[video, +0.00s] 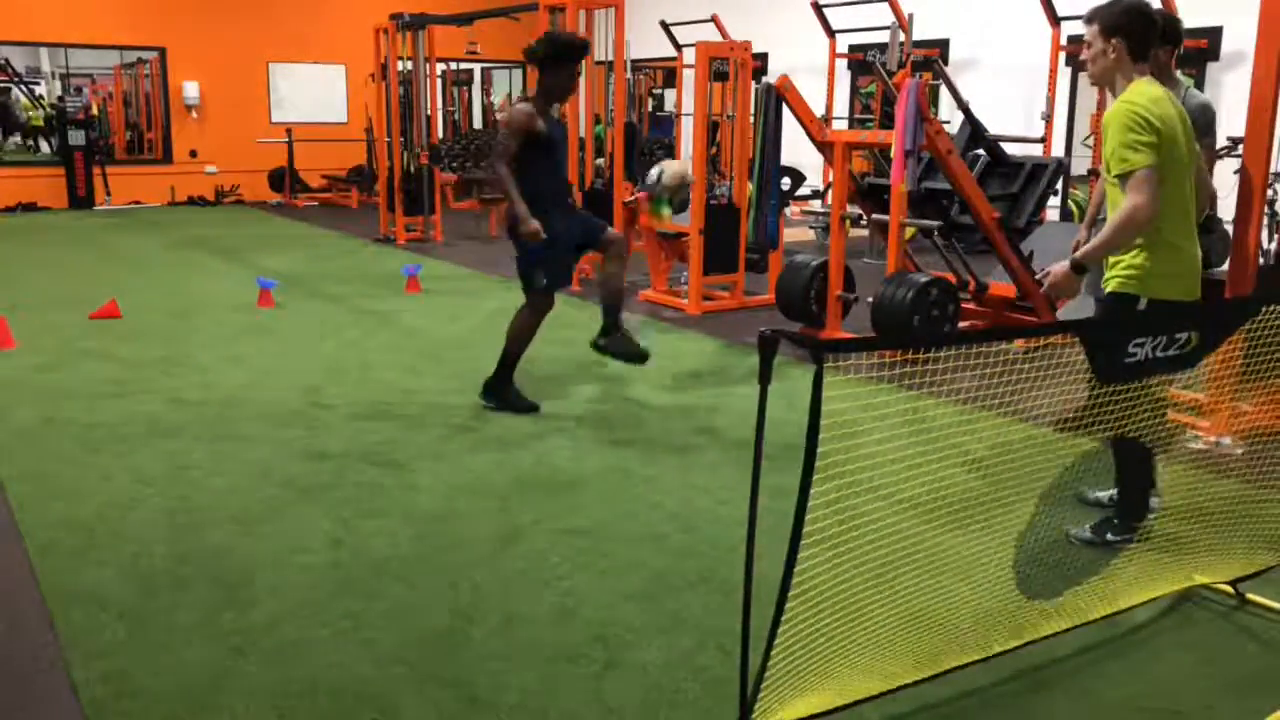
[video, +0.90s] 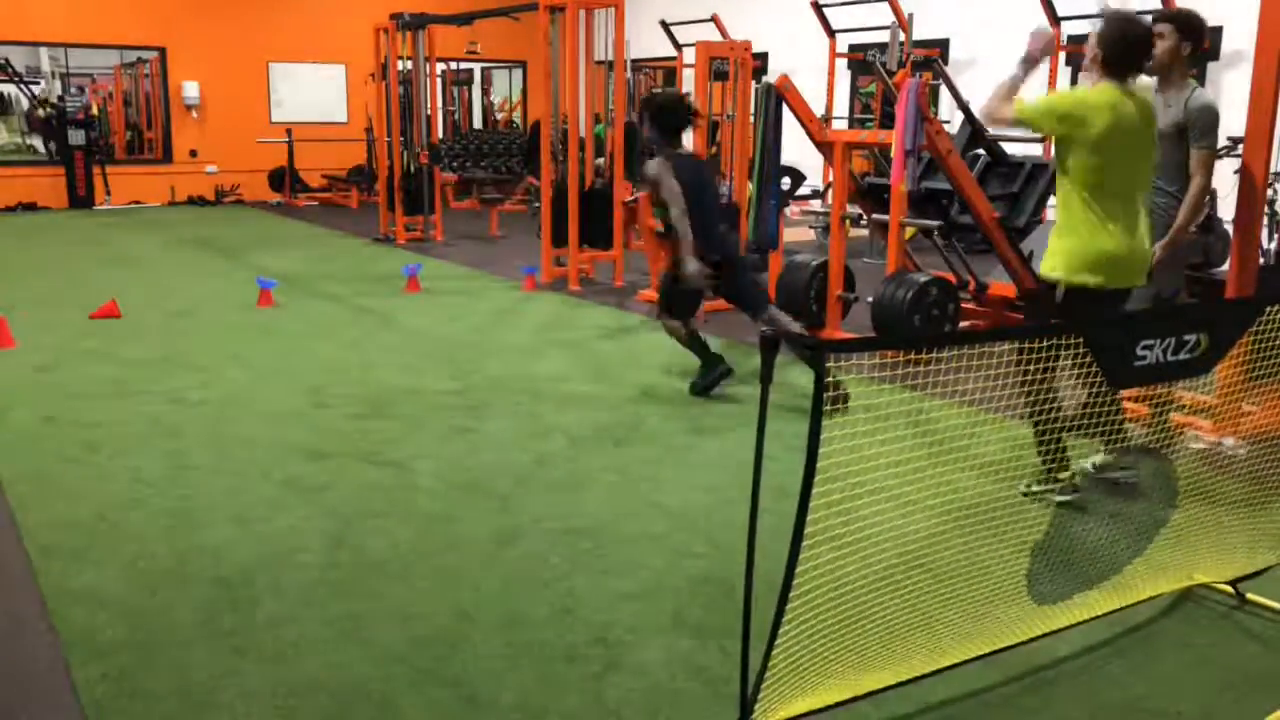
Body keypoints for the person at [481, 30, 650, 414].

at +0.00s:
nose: (575, 85)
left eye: (577, 76)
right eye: (571, 76)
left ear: (558, 77)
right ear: (549, 74)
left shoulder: (552, 119)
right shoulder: (522, 115)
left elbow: (551, 175)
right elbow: (499, 165)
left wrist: (570, 209)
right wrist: (523, 215)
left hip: (564, 216)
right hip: (536, 222)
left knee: (616, 243)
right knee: (540, 301)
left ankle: (612, 331)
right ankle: (499, 383)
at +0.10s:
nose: (596, 77)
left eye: (595, 69)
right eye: (590, 69)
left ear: (578, 74)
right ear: (568, 73)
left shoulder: (581, 118)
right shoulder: (543, 120)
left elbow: (581, 170)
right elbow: (520, 170)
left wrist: (602, 186)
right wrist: (534, 215)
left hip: (586, 223)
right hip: (557, 225)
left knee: (621, 275)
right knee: (543, 301)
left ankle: (625, 362)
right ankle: (502, 380)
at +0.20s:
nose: (604, 87)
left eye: (602, 79)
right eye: (598, 80)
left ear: (583, 88)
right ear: (580, 87)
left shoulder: (595, 127)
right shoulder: (570, 128)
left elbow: (603, 169)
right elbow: (531, 168)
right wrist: (504, 211)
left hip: (610, 226)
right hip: (595, 229)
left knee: (630, 297)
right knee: (626, 299)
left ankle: (615, 373)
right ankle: (560, 354)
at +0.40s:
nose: (631, 99)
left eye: (627, 95)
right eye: (624, 96)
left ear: (610, 107)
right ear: (610, 106)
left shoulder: (628, 138)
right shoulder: (606, 142)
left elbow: (657, 152)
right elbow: (568, 172)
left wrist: (686, 148)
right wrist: (550, 194)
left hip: (657, 230)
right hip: (669, 222)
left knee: (664, 302)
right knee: (738, 218)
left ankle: (619, 373)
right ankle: (794, 223)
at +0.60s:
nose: (680, 102)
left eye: (674, 99)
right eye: (675, 98)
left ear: (644, 111)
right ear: (674, 105)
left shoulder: (640, 147)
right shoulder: (700, 140)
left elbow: (604, 168)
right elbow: (729, 182)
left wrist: (563, 169)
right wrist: (761, 210)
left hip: (692, 237)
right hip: (728, 229)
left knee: (706, 305)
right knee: (792, 234)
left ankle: (668, 366)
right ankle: (815, 316)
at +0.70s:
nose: (707, 122)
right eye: (703, 115)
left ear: (665, 131)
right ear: (699, 124)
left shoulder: (663, 169)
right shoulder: (729, 155)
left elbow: (621, 200)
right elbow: (775, 175)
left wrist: (587, 230)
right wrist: (806, 195)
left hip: (709, 257)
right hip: (745, 248)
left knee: (718, 307)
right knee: (780, 310)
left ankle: (709, 365)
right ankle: (819, 363)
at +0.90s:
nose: (641, 127)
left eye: (644, 122)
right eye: (643, 121)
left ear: (651, 127)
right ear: (680, 126)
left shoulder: (659, 166)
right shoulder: (698, 163)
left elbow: (679, 211)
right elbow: (713, 209)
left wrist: (688, 258)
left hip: (694, 257)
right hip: (722, 251)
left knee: (670, 317)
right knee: (765, 311)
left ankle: (711, 362)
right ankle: (824, 370)